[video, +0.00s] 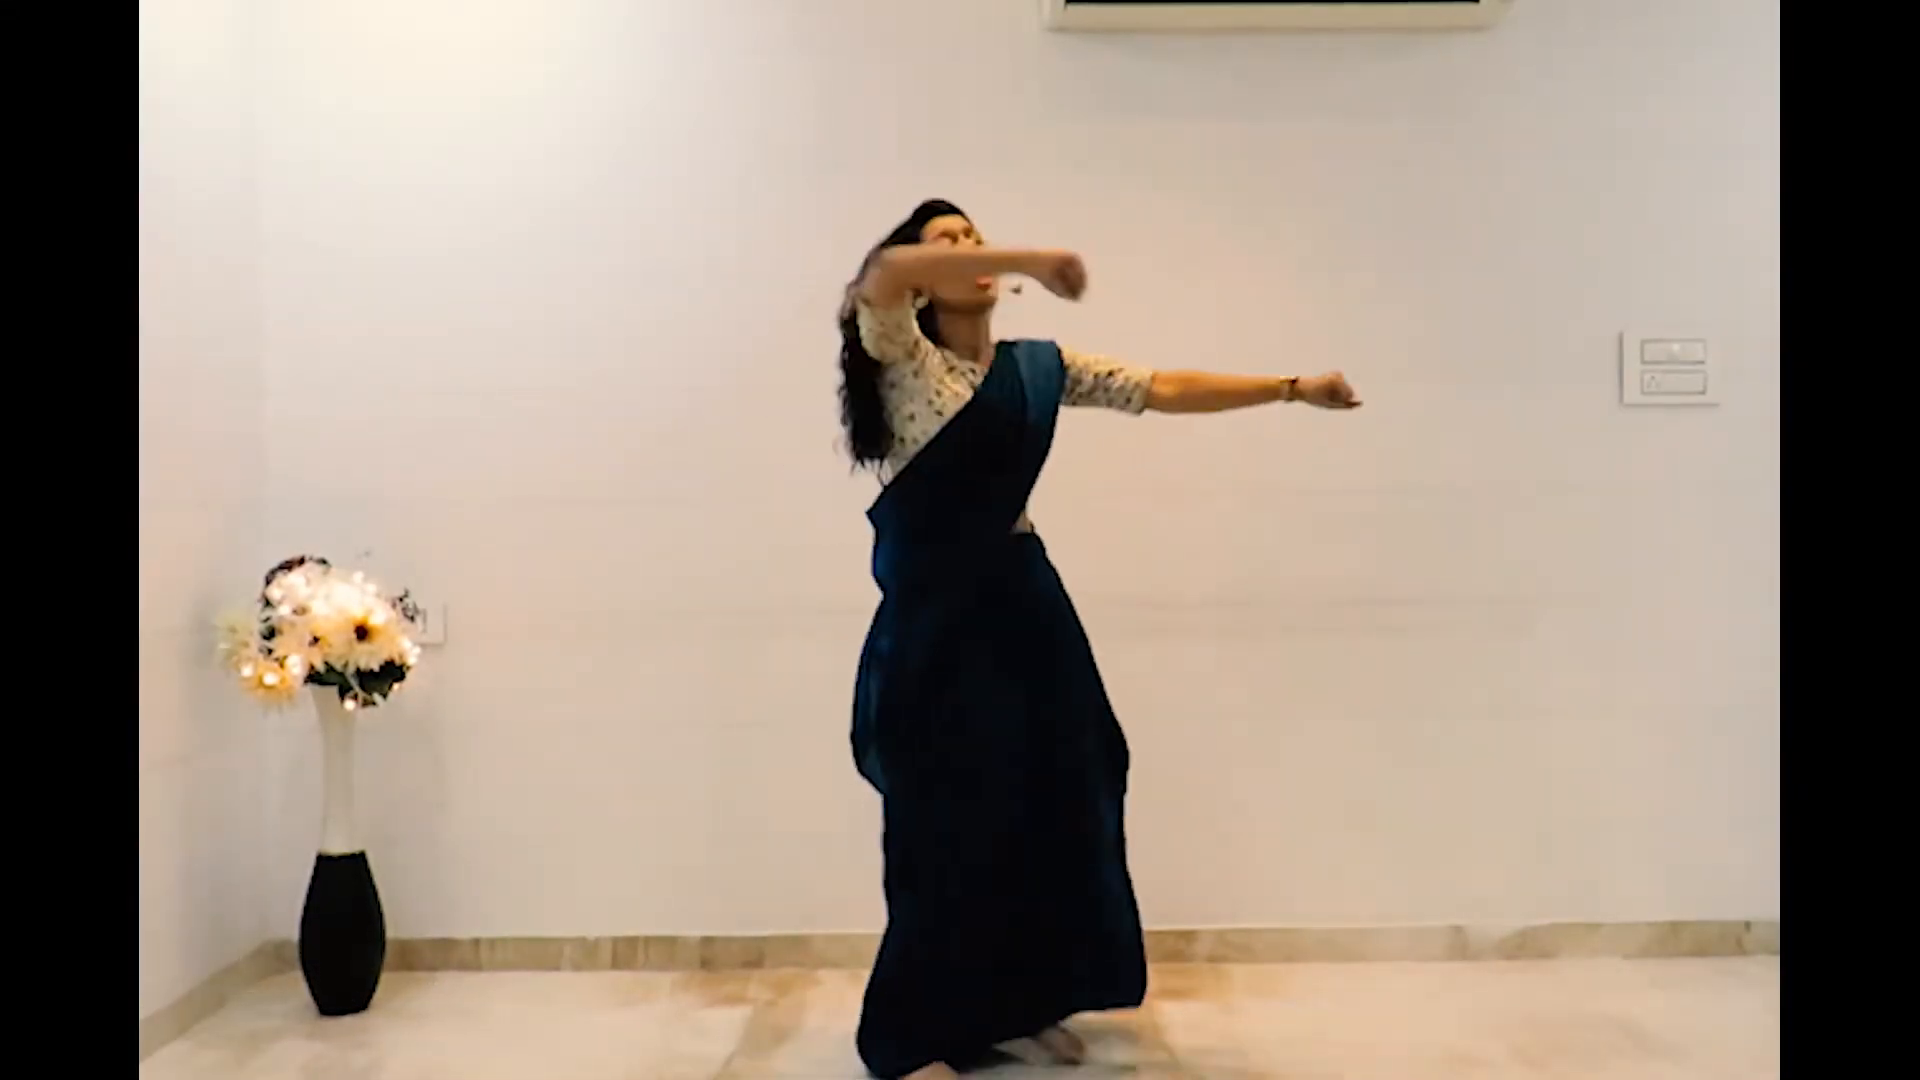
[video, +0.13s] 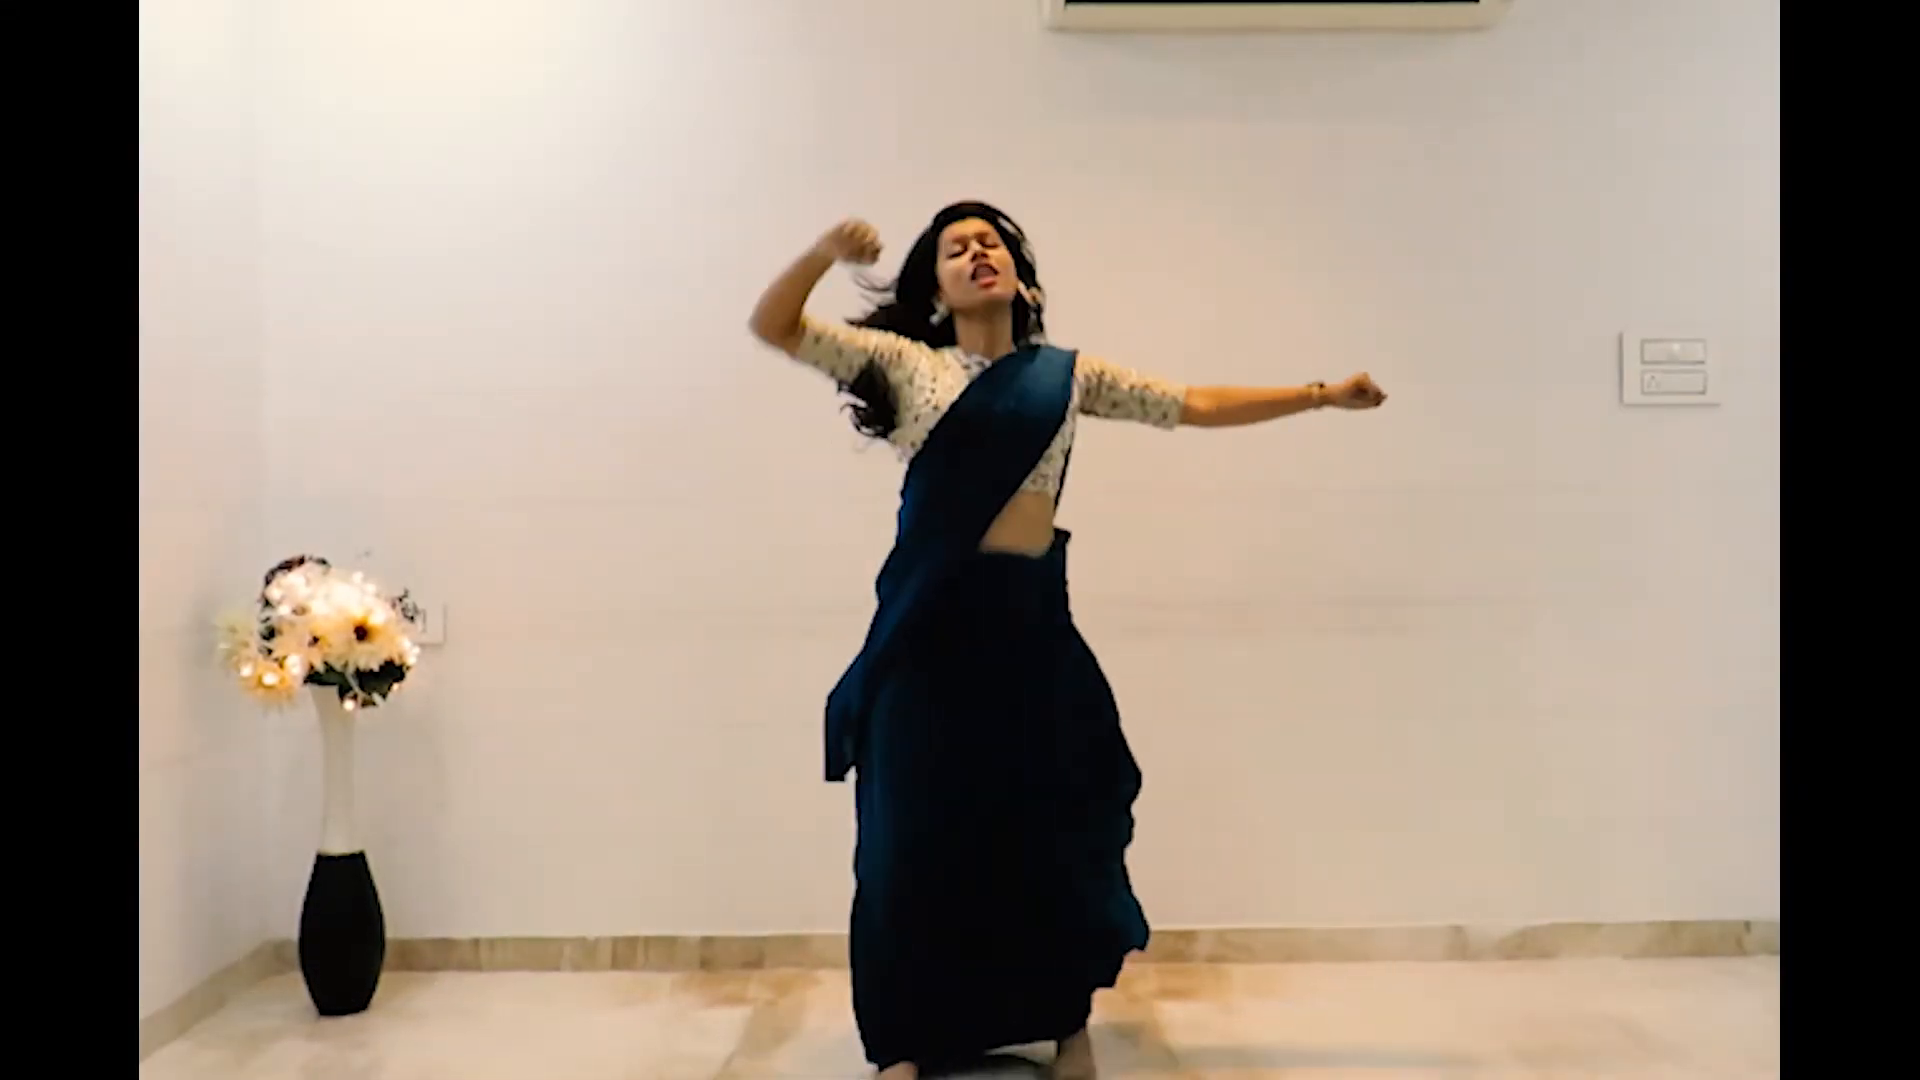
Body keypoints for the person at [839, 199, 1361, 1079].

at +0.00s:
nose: (973, 255)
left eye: (975, 243)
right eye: (950, 244)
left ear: (993, 273)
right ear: (914, 277)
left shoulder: (1037, 364)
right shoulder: (901, 363)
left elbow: (1161, 390)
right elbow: (885, 272)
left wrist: (1294, 386)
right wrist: (1026, 261)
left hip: (1020, 608)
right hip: (930, 617)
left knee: (1060, 792)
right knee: (949, 819)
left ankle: (1028, 1006)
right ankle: (919, 1038)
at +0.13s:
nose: (977, 252)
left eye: (992, 243)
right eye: (957, 248)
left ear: (1021, 276)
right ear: (932, 290)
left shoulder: (1060, 373)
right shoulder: (904, 364)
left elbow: (1190, 404)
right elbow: (773, 325)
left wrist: (1322, 394)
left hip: (1031, 614)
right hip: (931, 613)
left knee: (1062, 805)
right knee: (913, 823)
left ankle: (1054, 1011)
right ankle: (905, 1044)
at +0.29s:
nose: (988, 264)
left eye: (1003, 254)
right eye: (969, 261)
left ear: (1035, 290)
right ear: (950, 306)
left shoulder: (1080, 378)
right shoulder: (925, 399)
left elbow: (1214, 410)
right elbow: (825, 492)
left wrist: (1348, 395)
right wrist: (786, 383)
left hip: (1042, 632)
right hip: (939, 629)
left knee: (1044, 835)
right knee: (914, 839)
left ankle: (1049, 1041)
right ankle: (896, 1047)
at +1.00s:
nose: (985, 253)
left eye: (1005, 247)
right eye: (980, 245)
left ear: (1043, 275)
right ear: (967, 273)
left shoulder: (1055, 353)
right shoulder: (964, 343)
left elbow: (1113, 370)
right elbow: (898, 261)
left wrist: (1169, 342)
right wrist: (864, 155)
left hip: (1028, 596)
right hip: (965, 597)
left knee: (999, 811)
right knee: (960, 810)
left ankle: (1046, 1024)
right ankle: (995, 1022)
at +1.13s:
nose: (987, 254)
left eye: (1004, 246)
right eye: (981, 245)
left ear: (1037, 275)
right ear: (972, 272)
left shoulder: (1046, 345)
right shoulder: (986, 339)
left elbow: (1081, 348)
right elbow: (933, 242)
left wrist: (1114, 326)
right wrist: (928, 125)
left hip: (1023, 564)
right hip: (969, 562)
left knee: (1001, 772)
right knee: (962, 773)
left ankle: (1022, 988)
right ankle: (975, 987)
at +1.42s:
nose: (998, 275)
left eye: (1015, 263)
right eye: (994, 264)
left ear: (1060, 283)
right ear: (990, 279)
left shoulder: (1056, 366)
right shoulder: (992, 356)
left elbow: (1070, 342)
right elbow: (919, 296)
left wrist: (1073, 284)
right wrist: (938, 224)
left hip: (1017, 611)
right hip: (971, 607)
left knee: (942, 812)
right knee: (990, 821)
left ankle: (944, 1034)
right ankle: (1018, 1024)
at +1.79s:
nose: (1010, 244)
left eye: (1029, 236)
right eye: (1000, 233)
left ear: (1061, 266)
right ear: (985, 260)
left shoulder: (1059, 345)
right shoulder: (976, 359)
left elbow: (1081, 355)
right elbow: (885, 388)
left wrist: (1062, 303)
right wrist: (912, 366)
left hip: (1024, 568)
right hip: (966, 572)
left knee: (1009, 782)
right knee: (968, 780)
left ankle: (1025, 1002)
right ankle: (979, 997)